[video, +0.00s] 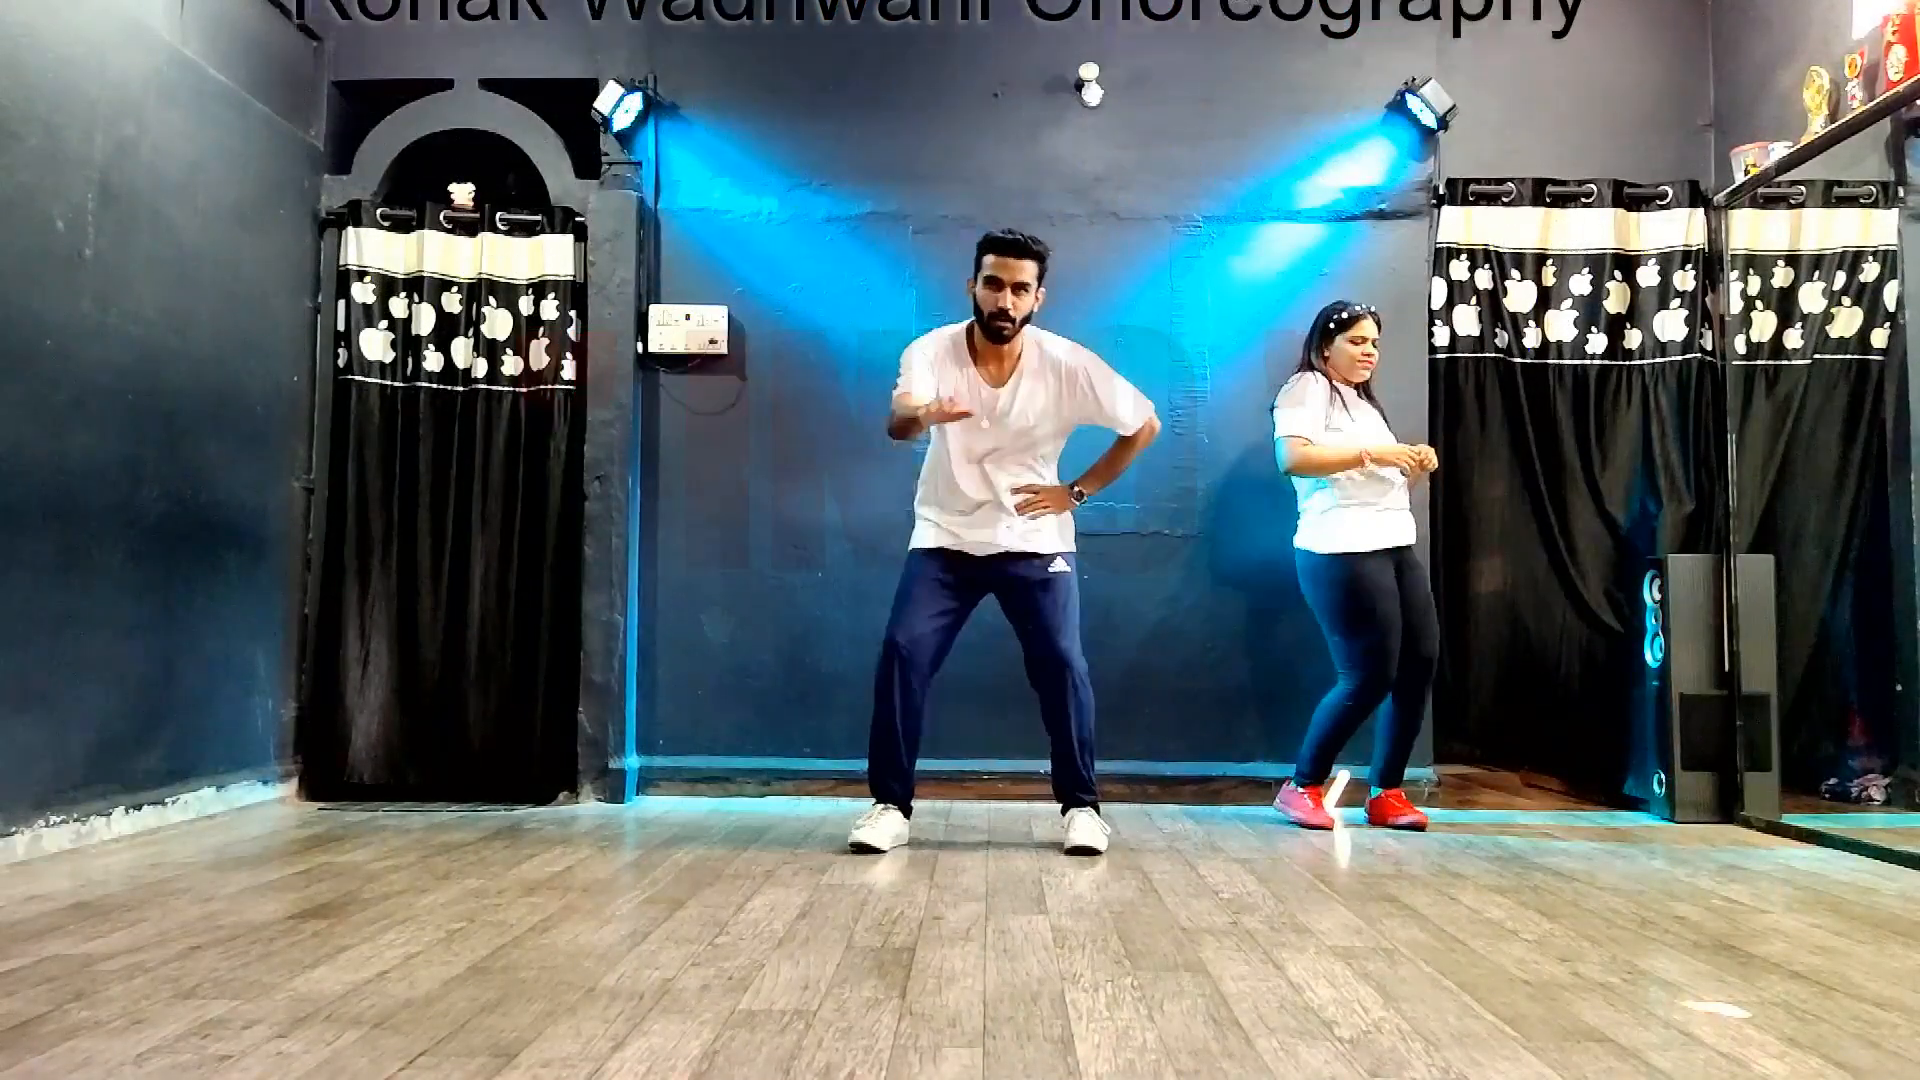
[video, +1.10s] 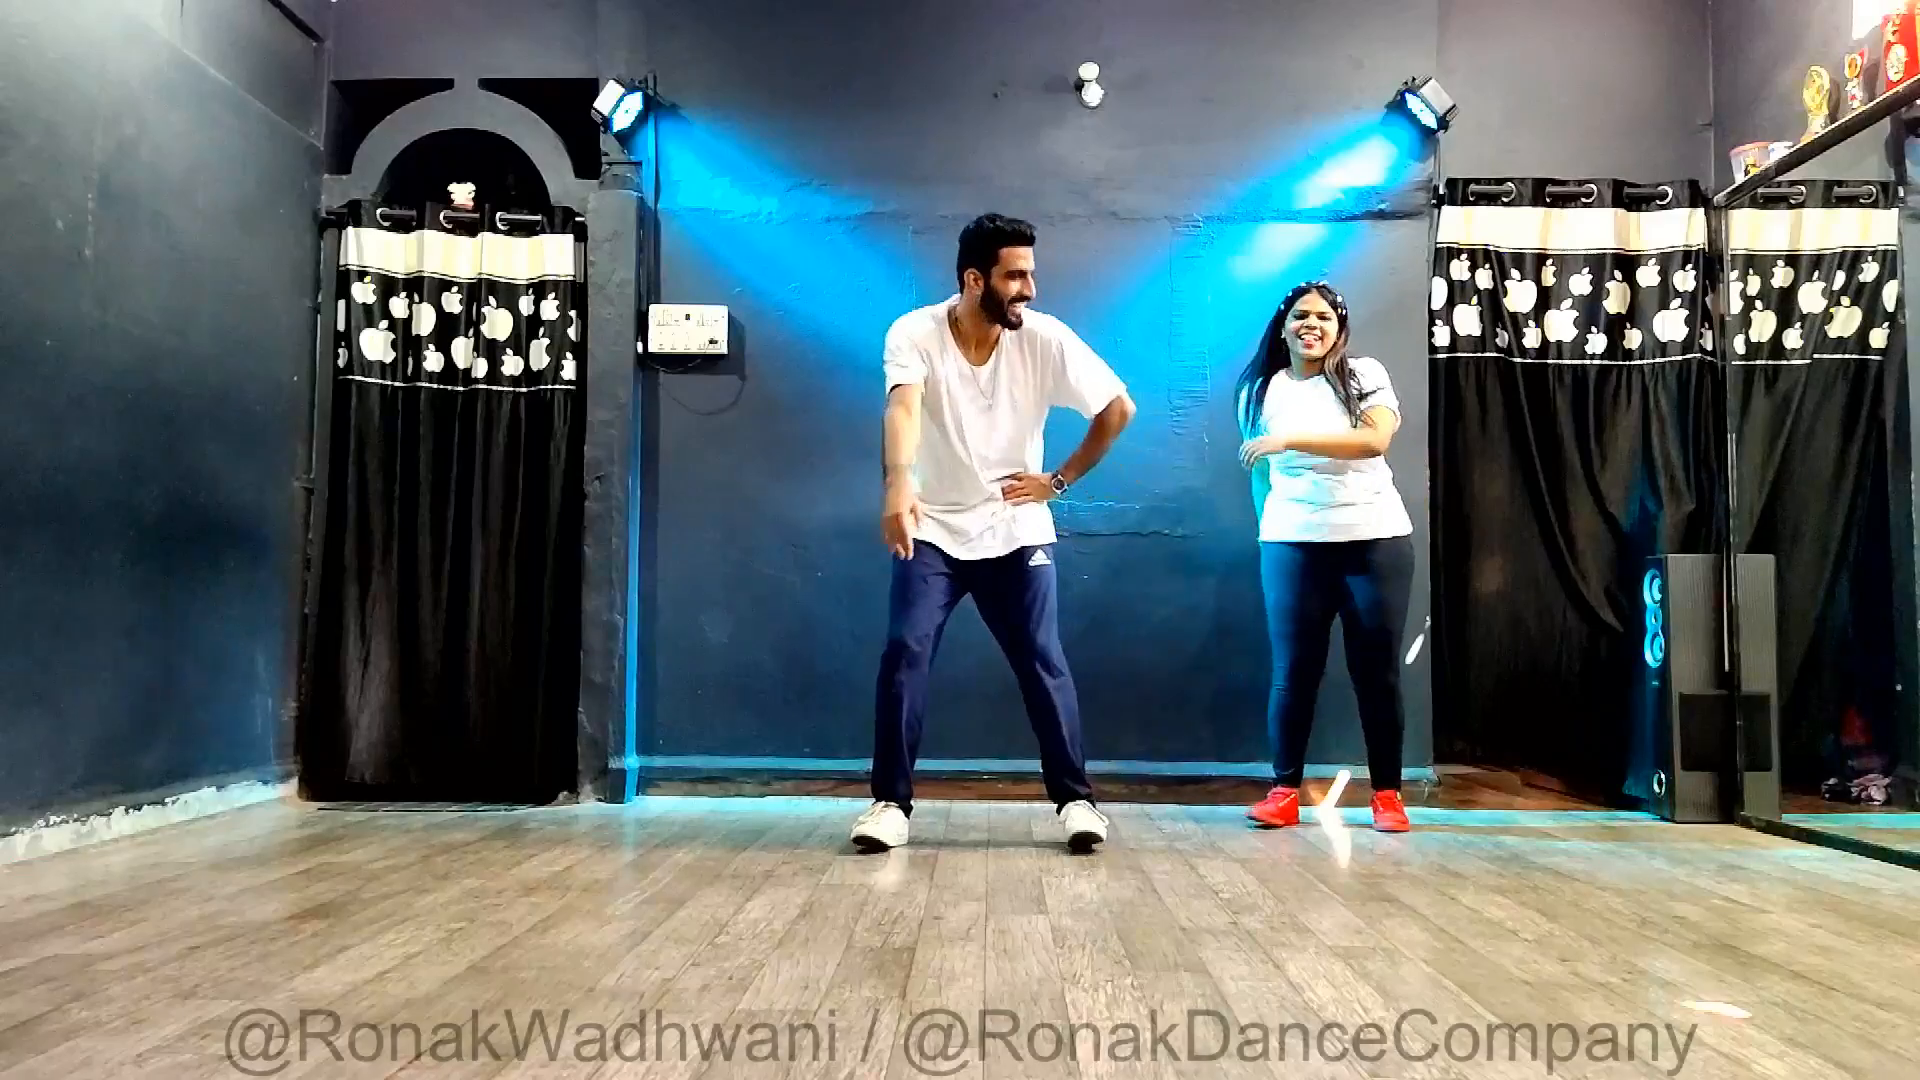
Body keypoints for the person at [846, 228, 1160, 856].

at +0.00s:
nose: (1005, 300)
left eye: (1020, 289)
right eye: (993, 285)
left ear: (1037, 298)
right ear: (972, 286)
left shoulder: (1066, 364)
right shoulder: (932, 352)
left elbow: (1144, 424)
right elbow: (898, 427)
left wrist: (1077, 491)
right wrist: (926, 415)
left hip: (1032, 536)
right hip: (944, 534)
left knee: (1062, 658)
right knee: (903, 649)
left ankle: (1080, 806)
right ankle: (890, 806)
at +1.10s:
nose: (1027, 288)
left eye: (1030, 274)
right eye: (1014, 275)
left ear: (1028, 277)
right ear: (971, 278)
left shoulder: (1043, 338)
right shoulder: (915, 334)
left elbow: (1117, 408)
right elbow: (902, 407)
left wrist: (1060, 478)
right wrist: (898, 483)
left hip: (1015, 521)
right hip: (932, 520)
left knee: (1042, 657)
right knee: (906, 647)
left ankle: (1074, 800)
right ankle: (890, 804)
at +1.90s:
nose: (1044, 235)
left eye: (1052, 224)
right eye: (1030, 224)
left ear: (1059, 233)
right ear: (996, 233)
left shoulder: (1081, 299)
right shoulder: (962, 320)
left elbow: (1080, 386)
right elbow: (959, 409)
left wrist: (1046, 455)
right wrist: (944, 481)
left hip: (1078, 519)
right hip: (995, 520)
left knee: (1095, 667)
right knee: (972, 665)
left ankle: (1110, 801)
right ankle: (943, 811)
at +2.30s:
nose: (1039, 232)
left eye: (1053, 220)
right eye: (1027, 221)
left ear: (1072, 230)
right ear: (1009, 233)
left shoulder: (1092, 278)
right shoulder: (979, 312)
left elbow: (1078, 304)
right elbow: (916, 378)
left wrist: (1015, 304)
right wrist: (852, 442)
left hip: (1084, 507)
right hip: (1002, 505)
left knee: (1096, 663)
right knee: (970, 637)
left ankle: (1107, 800)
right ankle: (970, 792)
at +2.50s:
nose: (972, 287)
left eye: (983, 270)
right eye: (956, 274)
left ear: (1002, 253)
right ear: (935, 263)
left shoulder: (1044, 297)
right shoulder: (914, 352)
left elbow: (1109, 369)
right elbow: (908, 452)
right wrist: (893, 542)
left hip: (1068, 514)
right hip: (977, 530)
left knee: (1111, 643)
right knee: (959, 669)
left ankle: (1115, 775)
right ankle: (957, 812)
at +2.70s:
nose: (970, 227)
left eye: (983, 214)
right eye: (957, 214)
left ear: (1002, 214)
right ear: (935, 216)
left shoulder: (1040, 278)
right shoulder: (912, 289)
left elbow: (1072, 374)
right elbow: (916, 349)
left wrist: (1092, 455)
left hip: (1042, 462)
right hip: (966, 486)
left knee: (1089, 483)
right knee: (968, 658)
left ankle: (1068, 643)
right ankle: (961, 804)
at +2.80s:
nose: (989, 170)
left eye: (1003, 159)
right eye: (976, 158)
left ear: (1022, 173)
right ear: (956, 170)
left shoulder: (1047, 249)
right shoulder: (926, 249)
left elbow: (1058, 346)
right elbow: (934, 274)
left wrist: (1074, 428)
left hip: (1037, 440)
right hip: (961, 454)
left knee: (1092, 433)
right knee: (953, 630)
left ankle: (1038, 583)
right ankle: (966, 776)